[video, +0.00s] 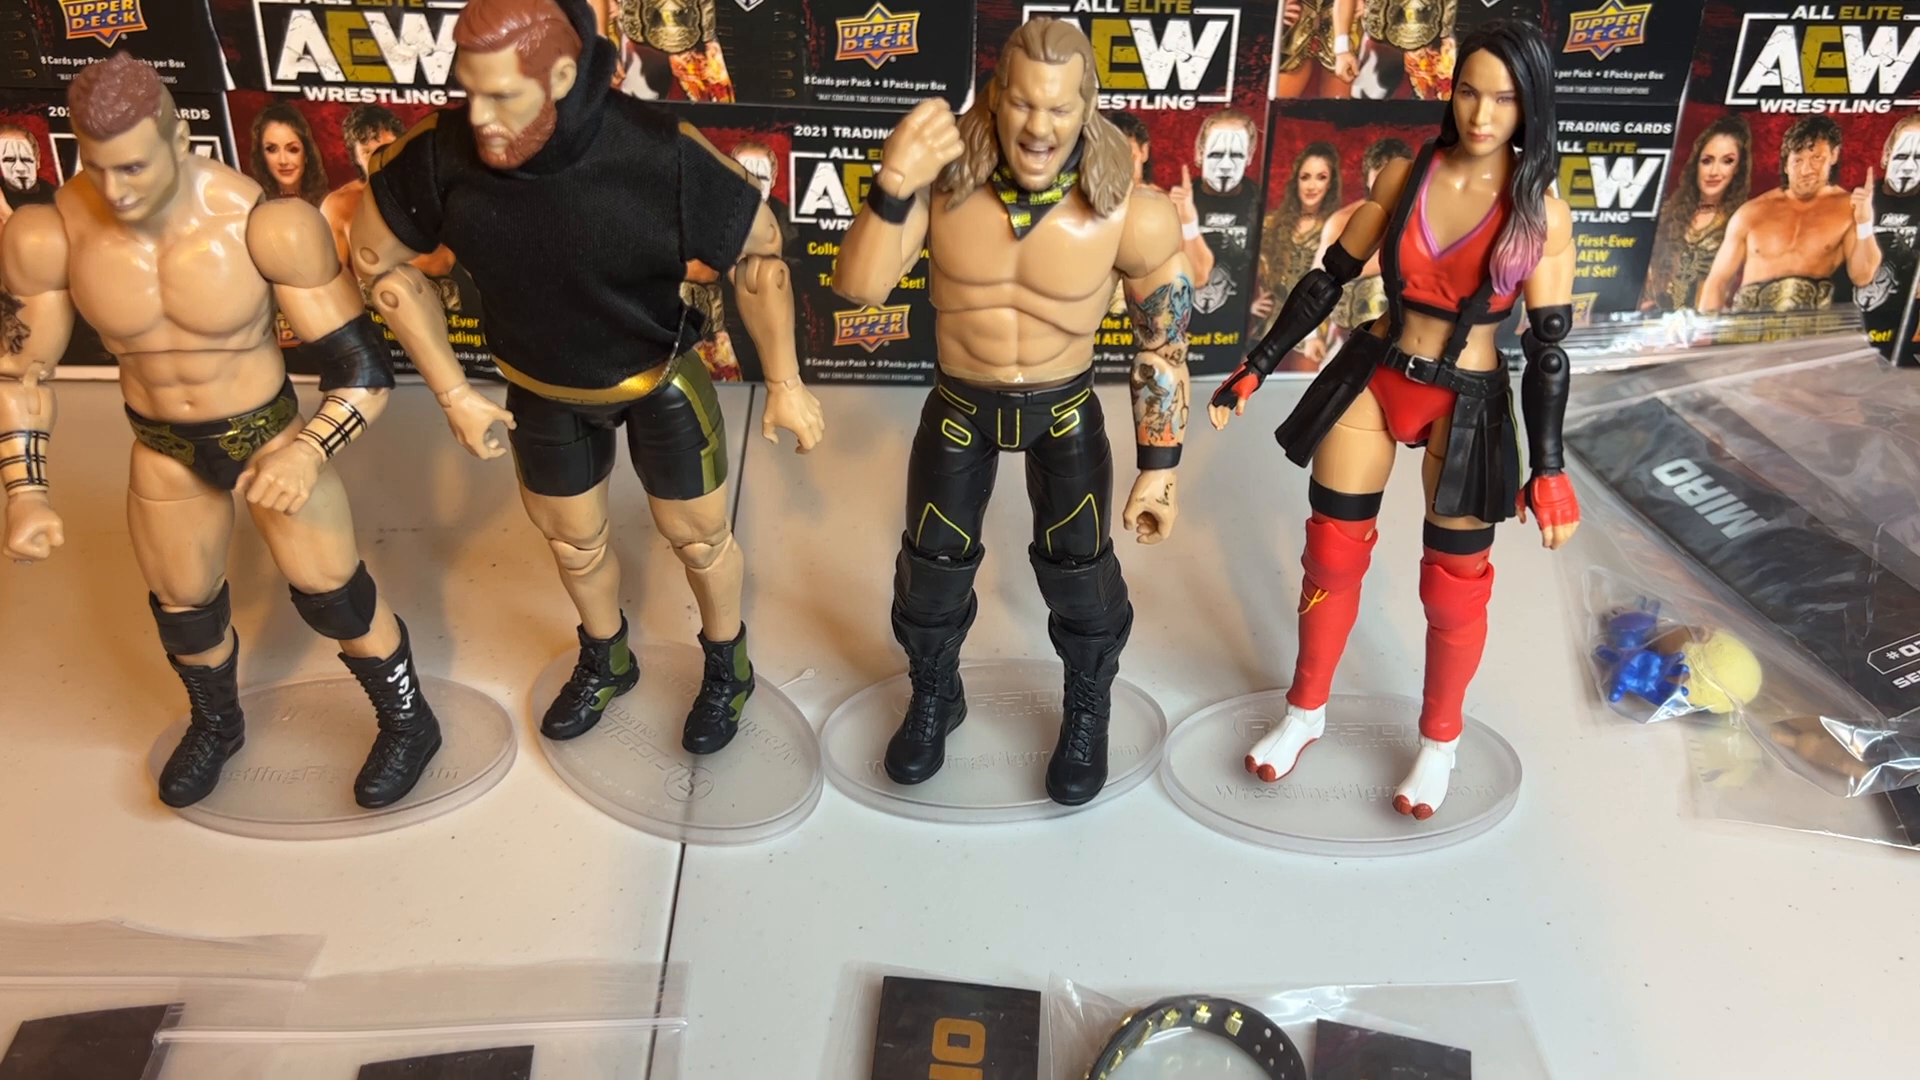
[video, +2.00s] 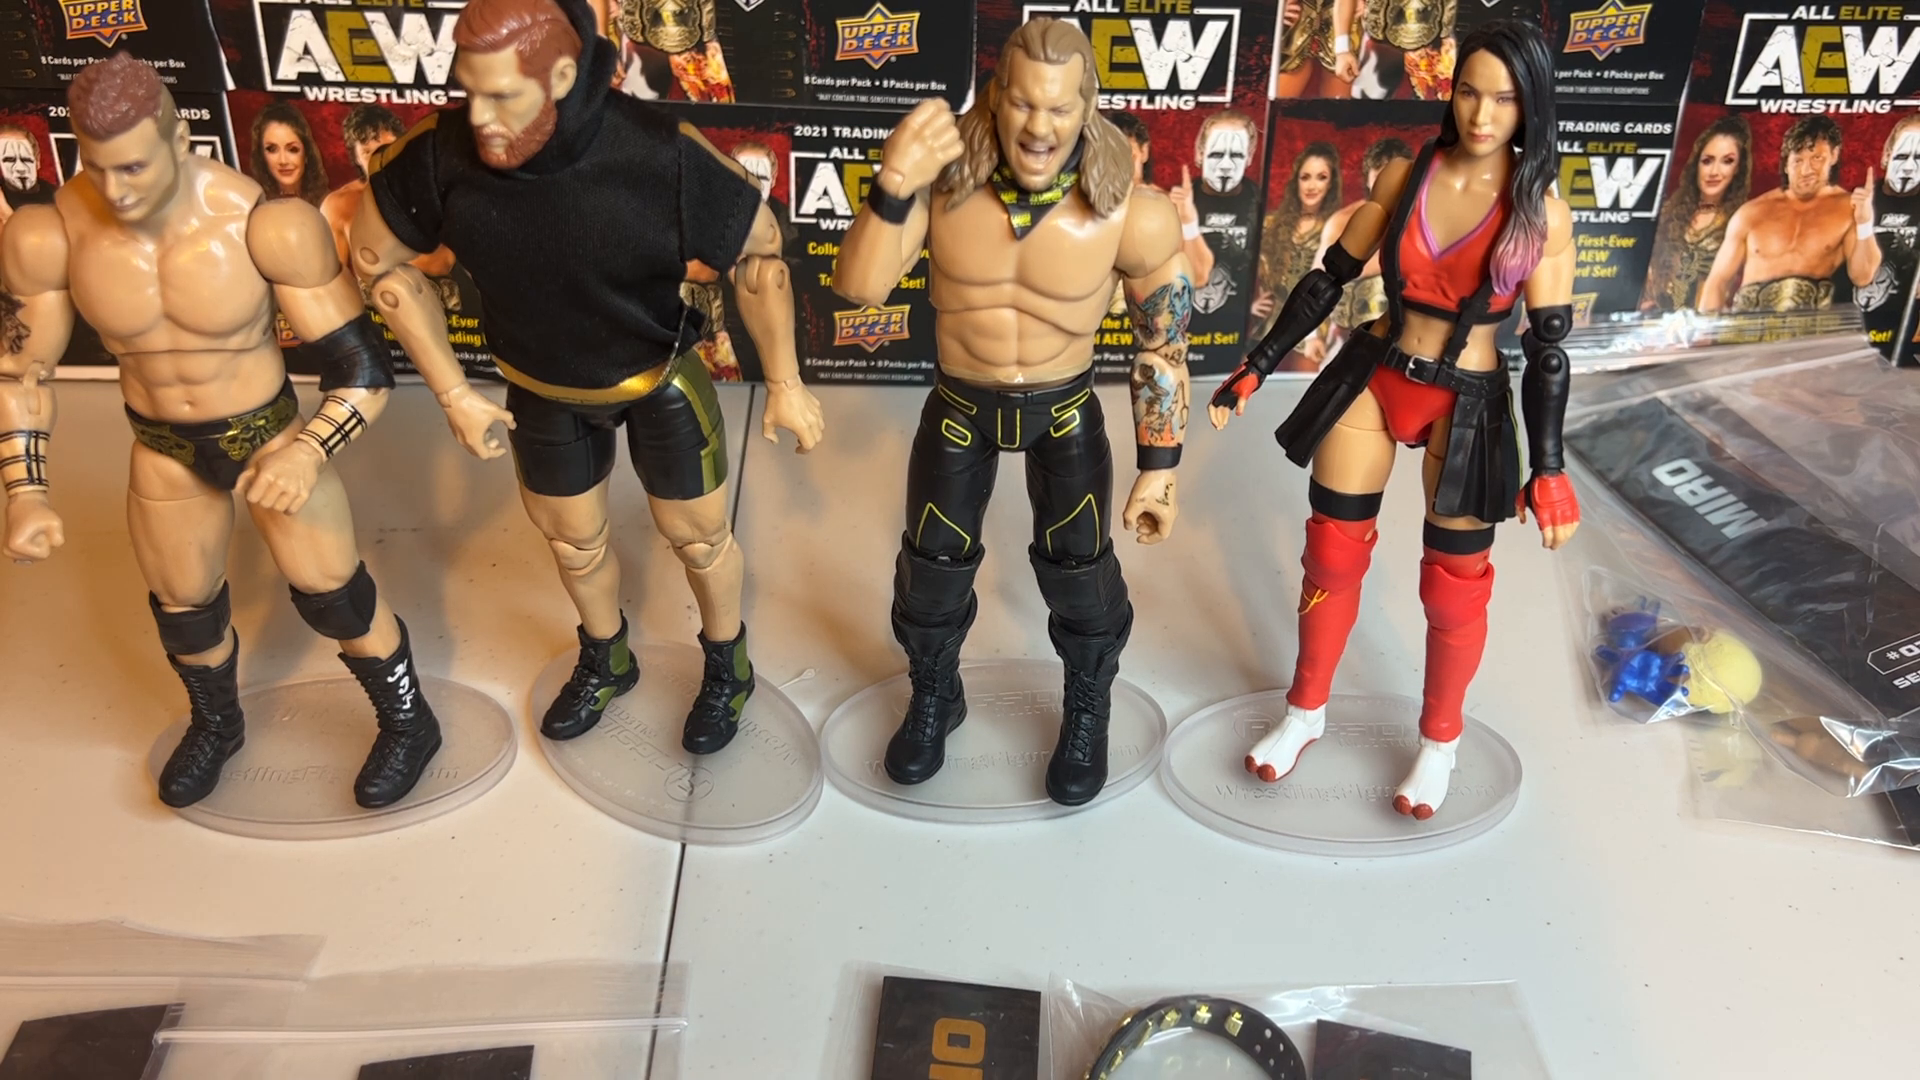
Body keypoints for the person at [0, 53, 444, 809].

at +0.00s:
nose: (117, 188)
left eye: (134, 167)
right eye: (100, 169)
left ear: (178, 138)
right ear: (81, 151)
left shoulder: (268, 225)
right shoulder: (54, 232)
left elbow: (362, 370)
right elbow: (23, 372)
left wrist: (312, 446)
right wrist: (22, 486)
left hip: (269, 440)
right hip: (161, 451)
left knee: (335, 598)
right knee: (186, 616)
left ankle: (408, 722)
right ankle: (216, 723)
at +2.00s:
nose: (118, 188)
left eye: (134, 167)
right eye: (100, 169)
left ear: (178, 138)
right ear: (80, 151)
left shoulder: (268, 225)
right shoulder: (53, 232)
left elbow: (362, 370)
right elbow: (23, 372)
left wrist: (312, 446)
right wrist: (22, 487)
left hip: (269, 440)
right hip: (161, 451)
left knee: (336, 599)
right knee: (186, 617)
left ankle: (408, 722)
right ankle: (216, 723)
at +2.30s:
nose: (118, 188)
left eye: (135, 167)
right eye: (100, 169)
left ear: (178, 138)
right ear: (80, 151)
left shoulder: (268, 225)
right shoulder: (53, 233)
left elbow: (362, 370)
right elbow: (23, 372)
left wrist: (312, 446)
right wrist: (22, 487)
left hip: (269, 440)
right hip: (161, 451)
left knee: (335, 598)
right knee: (186, 616)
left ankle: (408, 721)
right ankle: (216, 723)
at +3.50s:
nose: (118, 188)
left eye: (134, 167)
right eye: (101, 169)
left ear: (178, 138)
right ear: (81, 151)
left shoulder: (268, 225)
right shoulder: (53, 233)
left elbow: (362, 370)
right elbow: (22, 372)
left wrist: (311, 446)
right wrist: (22, 486)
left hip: (269, 440)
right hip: (161, 451)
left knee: (336, 598)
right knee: (186, 616)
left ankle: (408, 721)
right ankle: (216, 723)